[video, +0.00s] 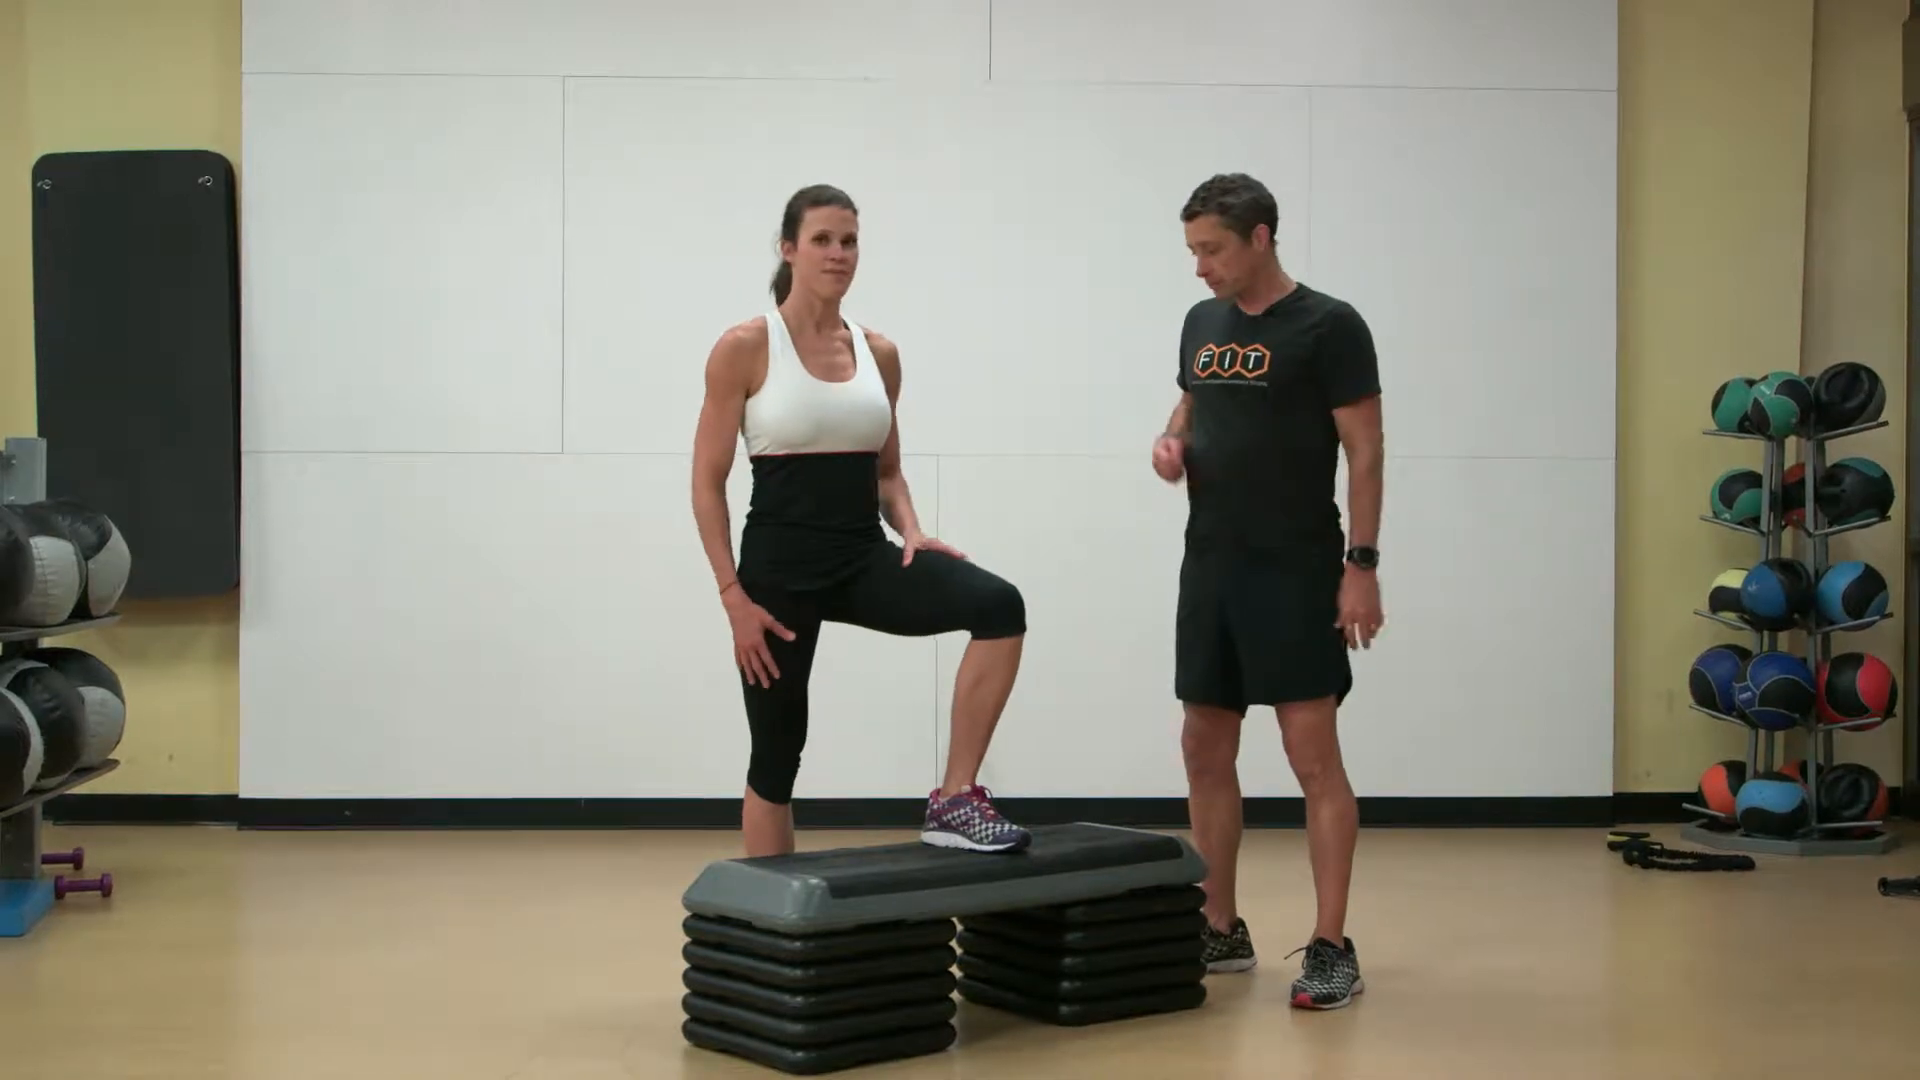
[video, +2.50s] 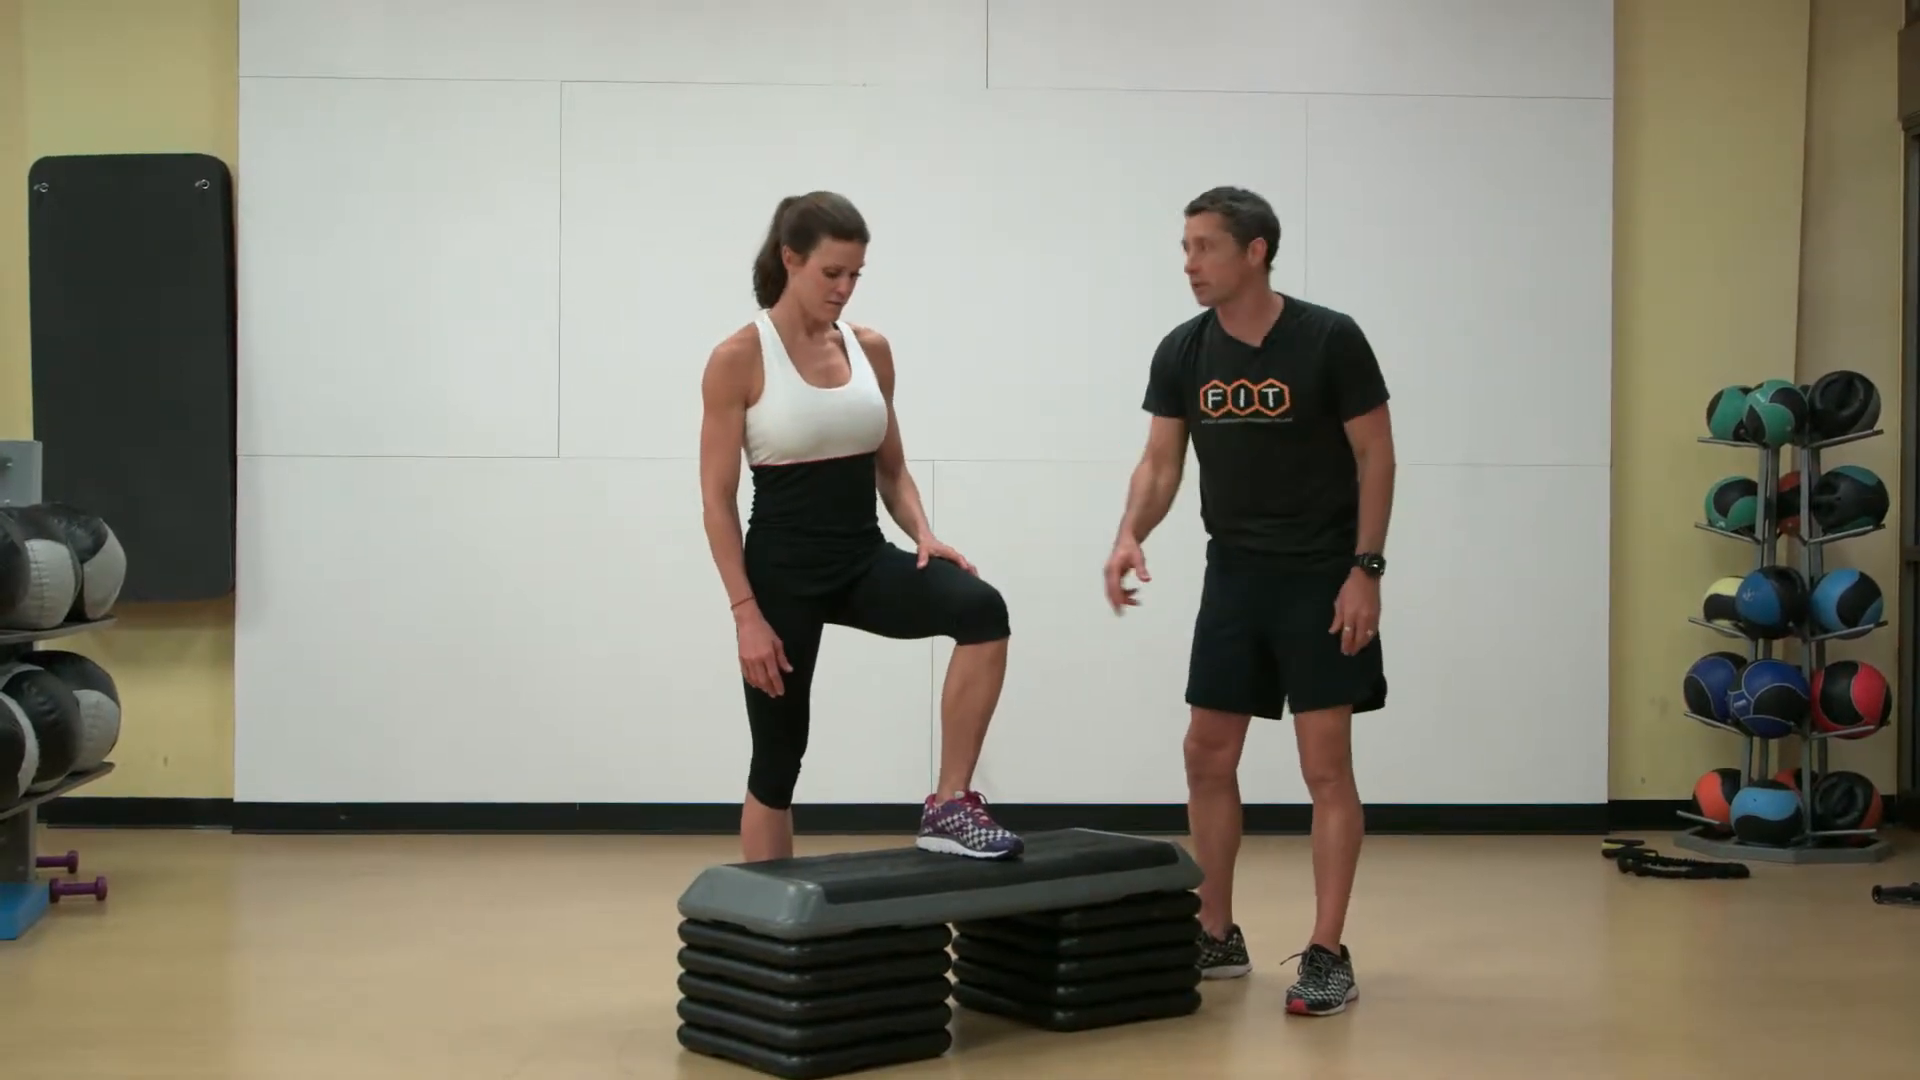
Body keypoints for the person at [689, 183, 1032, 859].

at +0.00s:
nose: (839, 254)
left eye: (849, 242)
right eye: (823, 241)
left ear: (860, 252)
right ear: (789, 250)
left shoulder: (878, 356)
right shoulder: (746, 349)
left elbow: (889, 470)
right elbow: (707, 484)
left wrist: (912, 532)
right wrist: (732, 597)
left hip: (860, 561)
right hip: (779, 568)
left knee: (999, 606)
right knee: (775, 766)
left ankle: (956, 797)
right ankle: (768, 934)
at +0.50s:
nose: (846, 254)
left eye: (850, 242)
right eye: (831, 242)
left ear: (851, 248)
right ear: (785, 250)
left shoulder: (868, 354)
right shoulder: (736, 350)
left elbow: (897, 474)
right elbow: (708, 489)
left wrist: (940, 534)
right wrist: (742, 598)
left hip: (852, 559)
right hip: (771, 568)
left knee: (987, 600)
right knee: (772, 765)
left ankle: (953, 796)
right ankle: (767, 933)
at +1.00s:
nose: (846, 257)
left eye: (846, 244)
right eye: (833, 245)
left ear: (800, 252)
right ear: (784, 252)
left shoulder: (855, 348)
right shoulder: (723, 353)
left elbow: (878, 467)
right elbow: (700, 493)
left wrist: (915, 529)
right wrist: (728, 607)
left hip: (847, 557)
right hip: (767, 566)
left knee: (975, 604)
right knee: (769, 760)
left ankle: (951, 797)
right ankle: (766, 930)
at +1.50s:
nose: (832, 262)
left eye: (832, 248)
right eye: (818, 249)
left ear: (794, 254)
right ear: (769, 253)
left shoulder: (842, 342)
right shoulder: (716, 357)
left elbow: (867, 462)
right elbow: (698, 500)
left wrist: (904, 523)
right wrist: (730, 612)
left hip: (845, 556)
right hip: (767, 568)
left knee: (974, 602)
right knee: (767, 760)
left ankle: (949, 797)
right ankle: (763, 929)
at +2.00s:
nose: (830, 281)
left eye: (837, 266)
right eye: (817, 266)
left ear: (842, 264)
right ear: (771, 258)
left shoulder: (851, 347)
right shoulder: (725, 361)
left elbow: (875, 468)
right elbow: (705, 502)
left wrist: (915, 531)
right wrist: (734, 616)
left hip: (852, 560)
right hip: (775, 571)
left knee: (980, 606)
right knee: (773, 764)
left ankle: (951, 800)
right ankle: (766, 933)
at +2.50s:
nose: (846, 288)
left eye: (855, 274)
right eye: (833, 272)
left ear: (861, 270)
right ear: (789, 261)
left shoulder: (869, 350)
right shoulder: (739, 360)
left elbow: (891, 468)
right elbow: (717, 500)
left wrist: (924, 535)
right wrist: (745, 613)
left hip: (861, 561)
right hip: (782, 570)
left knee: (982, 611)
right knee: (776, 766)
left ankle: (951, 803)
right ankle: (767, 932)